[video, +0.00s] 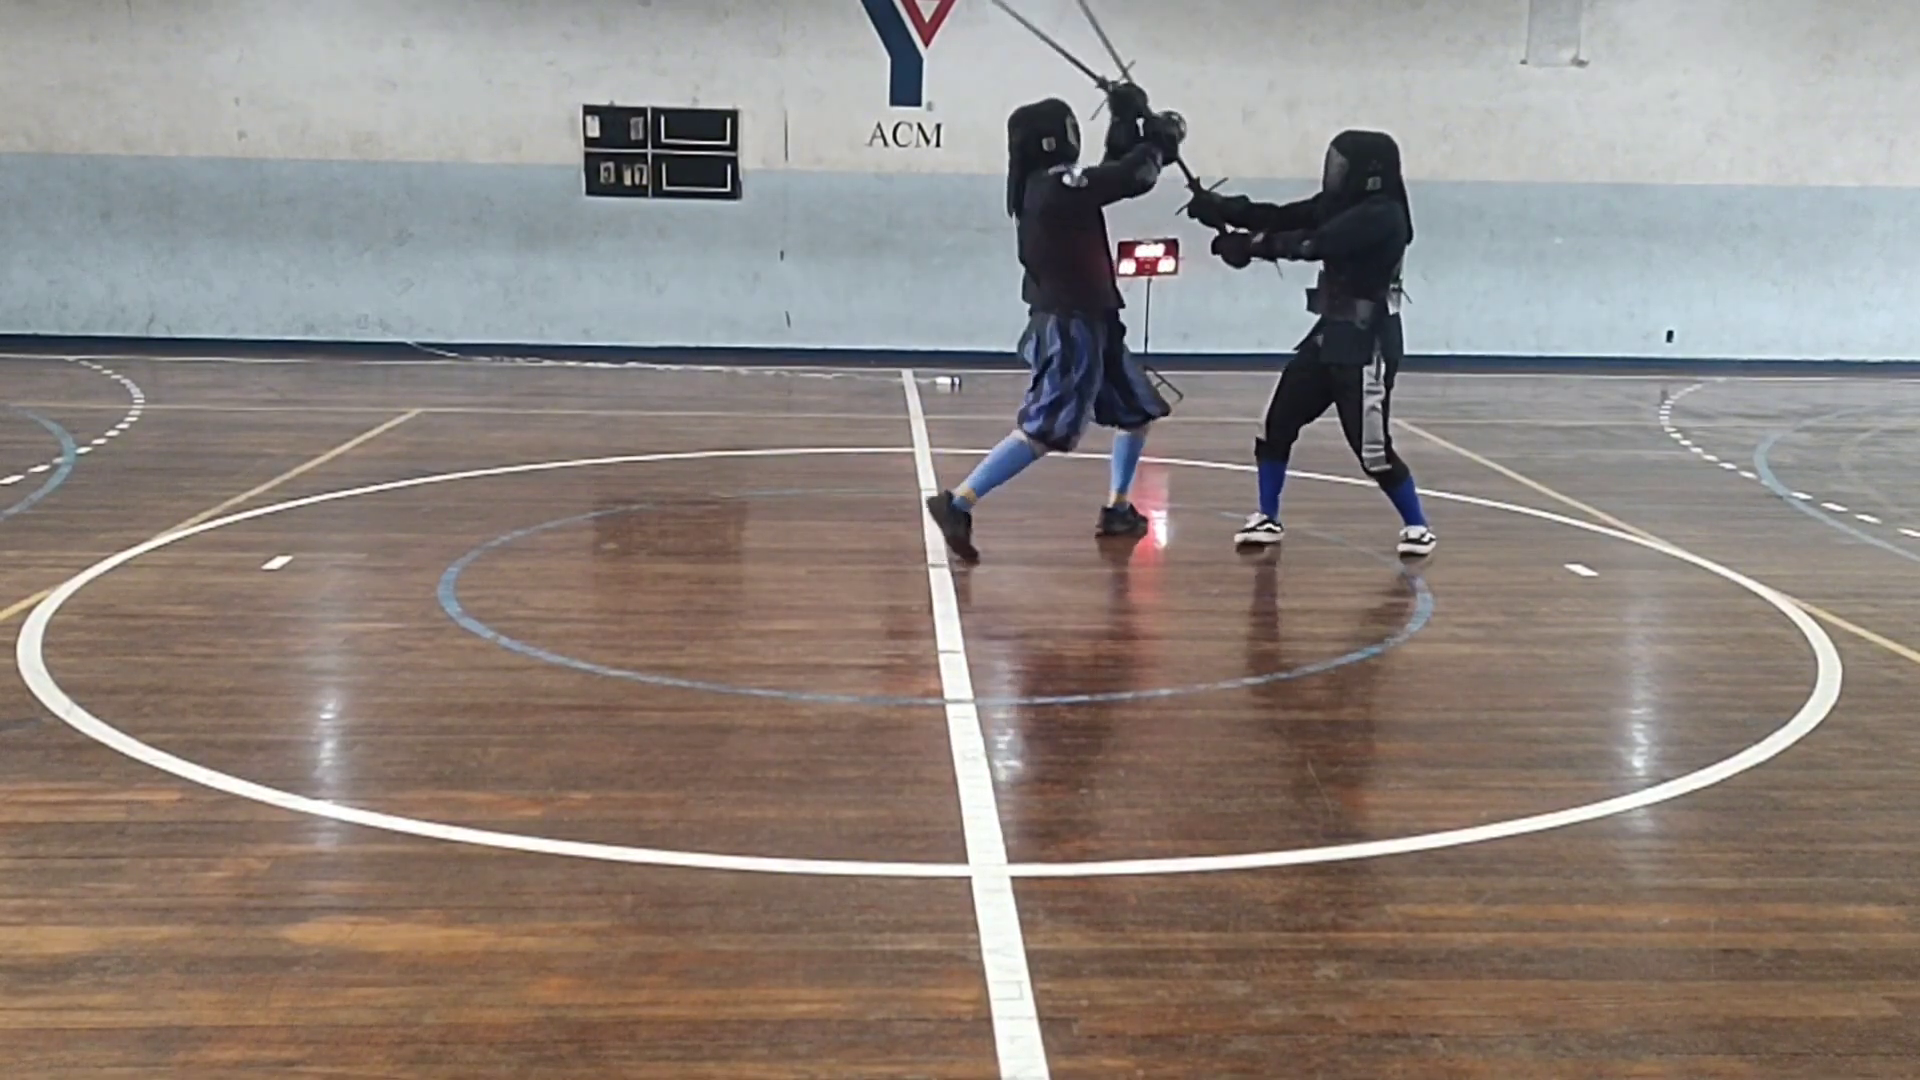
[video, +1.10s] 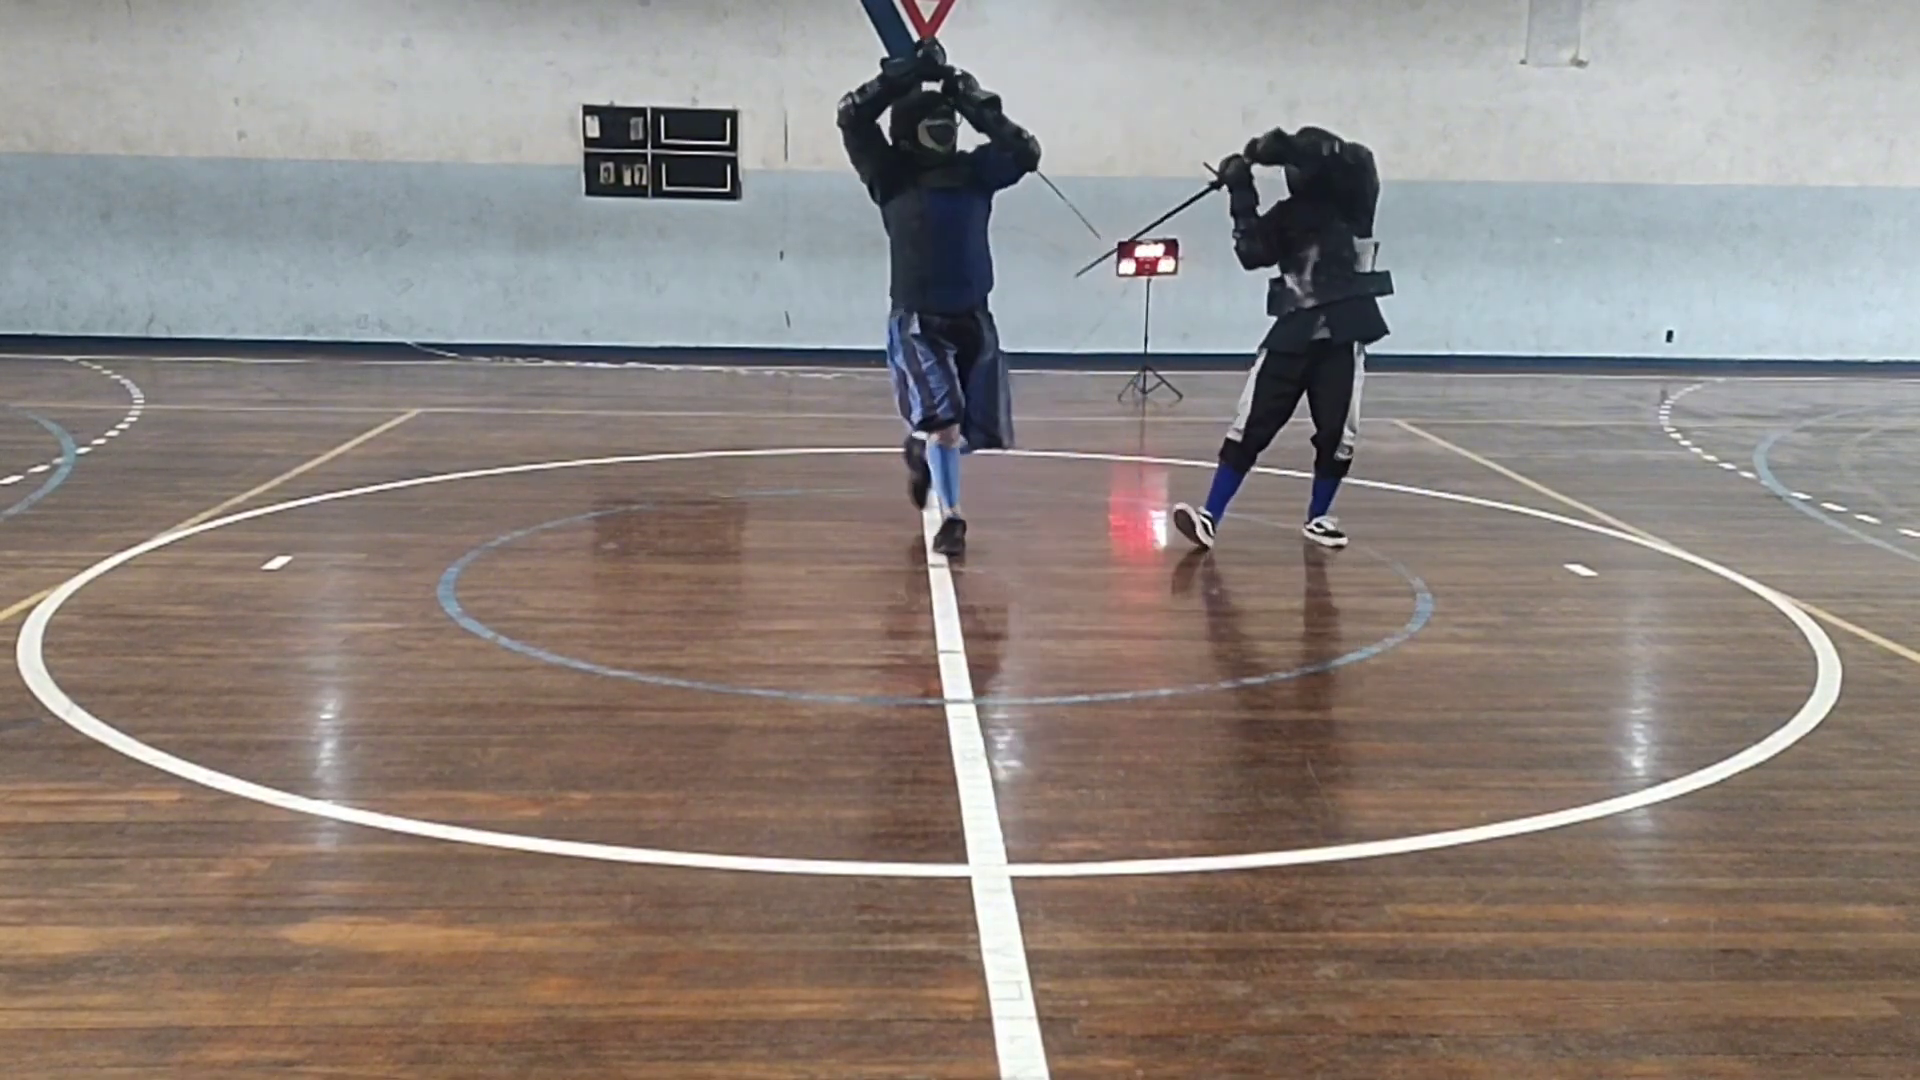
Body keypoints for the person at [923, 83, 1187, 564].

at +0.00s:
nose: (1078, 137)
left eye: (1073, 130)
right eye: (1070, 130)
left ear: (1032, 146)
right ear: (1052, 142)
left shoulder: (1047, 182)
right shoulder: (1058, 185)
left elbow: (1111, 174)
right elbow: (1136, 178)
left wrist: (1123, 121)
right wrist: (1159, 139)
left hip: (1090, 320)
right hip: (1068, 322)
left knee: (1136, 412)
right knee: (1048, 429)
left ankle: (1118, 509)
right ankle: (957, 503)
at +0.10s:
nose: (1086, 122)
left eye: (1083, 115)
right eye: (1078, 114)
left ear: (1043, 124)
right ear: (1055, 120)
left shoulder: (1082, 166)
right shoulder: (1031, 162)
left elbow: (1135, 186)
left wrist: (1139, 137)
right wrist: (1114, 116)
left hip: (1096, 306)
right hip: (1058, 306)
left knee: (1129, 408)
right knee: (1047, 414)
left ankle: (1115, 508)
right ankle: (977, 512)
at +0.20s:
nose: (1093, 112)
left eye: (1091, 102)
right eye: (1084, 101)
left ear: (1079, 112)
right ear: (1057, 106)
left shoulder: (1096, 158)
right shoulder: (1031, 156)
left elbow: (1143, 170)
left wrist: (1126, 114)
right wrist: (1073, 57)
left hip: (1100, 297)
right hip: (1053, 294)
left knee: (1122, 408)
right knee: (1033, 406)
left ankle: (1112, 509)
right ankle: (979, 511)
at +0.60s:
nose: (1038, 124)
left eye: (1045, 116)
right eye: (1027, 117)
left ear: (1057, 122)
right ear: (1009, 127)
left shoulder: (1080, 167)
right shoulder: (997, 171)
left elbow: (1093, 133)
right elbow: (954, 110)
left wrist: (1066, 97)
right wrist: (994, 54)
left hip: (1078, 313)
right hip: (1016, 314)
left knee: (1104, 422)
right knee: (986, 419)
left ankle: (1131, 507)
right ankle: (954, 519)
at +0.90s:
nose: (984, 137)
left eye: (990, 129)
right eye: (973, 130)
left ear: (1001, 133)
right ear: (952, 138)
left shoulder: (1022, 179)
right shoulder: (939, 183)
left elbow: (1056, 145)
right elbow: (896, 120)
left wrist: (1018, 106)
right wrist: (942, 67)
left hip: (1017, 321)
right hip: (955, 325)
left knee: (1063, 421)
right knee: (959, 426)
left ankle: (1109, 502)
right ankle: (953, 522)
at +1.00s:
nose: (968, 132)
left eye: (974, 124)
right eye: (955, 125)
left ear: (980, 130)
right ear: (931, 133)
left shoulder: (1001, 175)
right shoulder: (914, 177)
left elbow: (1042, 148)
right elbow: (874, 114)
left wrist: (998, 104)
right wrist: (924, 67)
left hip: (993, 319)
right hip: (934, 322)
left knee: (1031, 419)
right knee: (950, 427)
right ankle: (952, 519)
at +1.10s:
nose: (944, 135)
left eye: (949, 126)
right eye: (932, 126)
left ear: (957, 129)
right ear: (906, 133)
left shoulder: (977, 172)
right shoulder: (892, 177)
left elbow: (1024, 153)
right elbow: (852, 117)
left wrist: (978, 106)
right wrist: (902, 75)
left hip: (972, 317)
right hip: (918, 319)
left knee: (972, 427)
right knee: (945, 421)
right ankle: (950, 520)